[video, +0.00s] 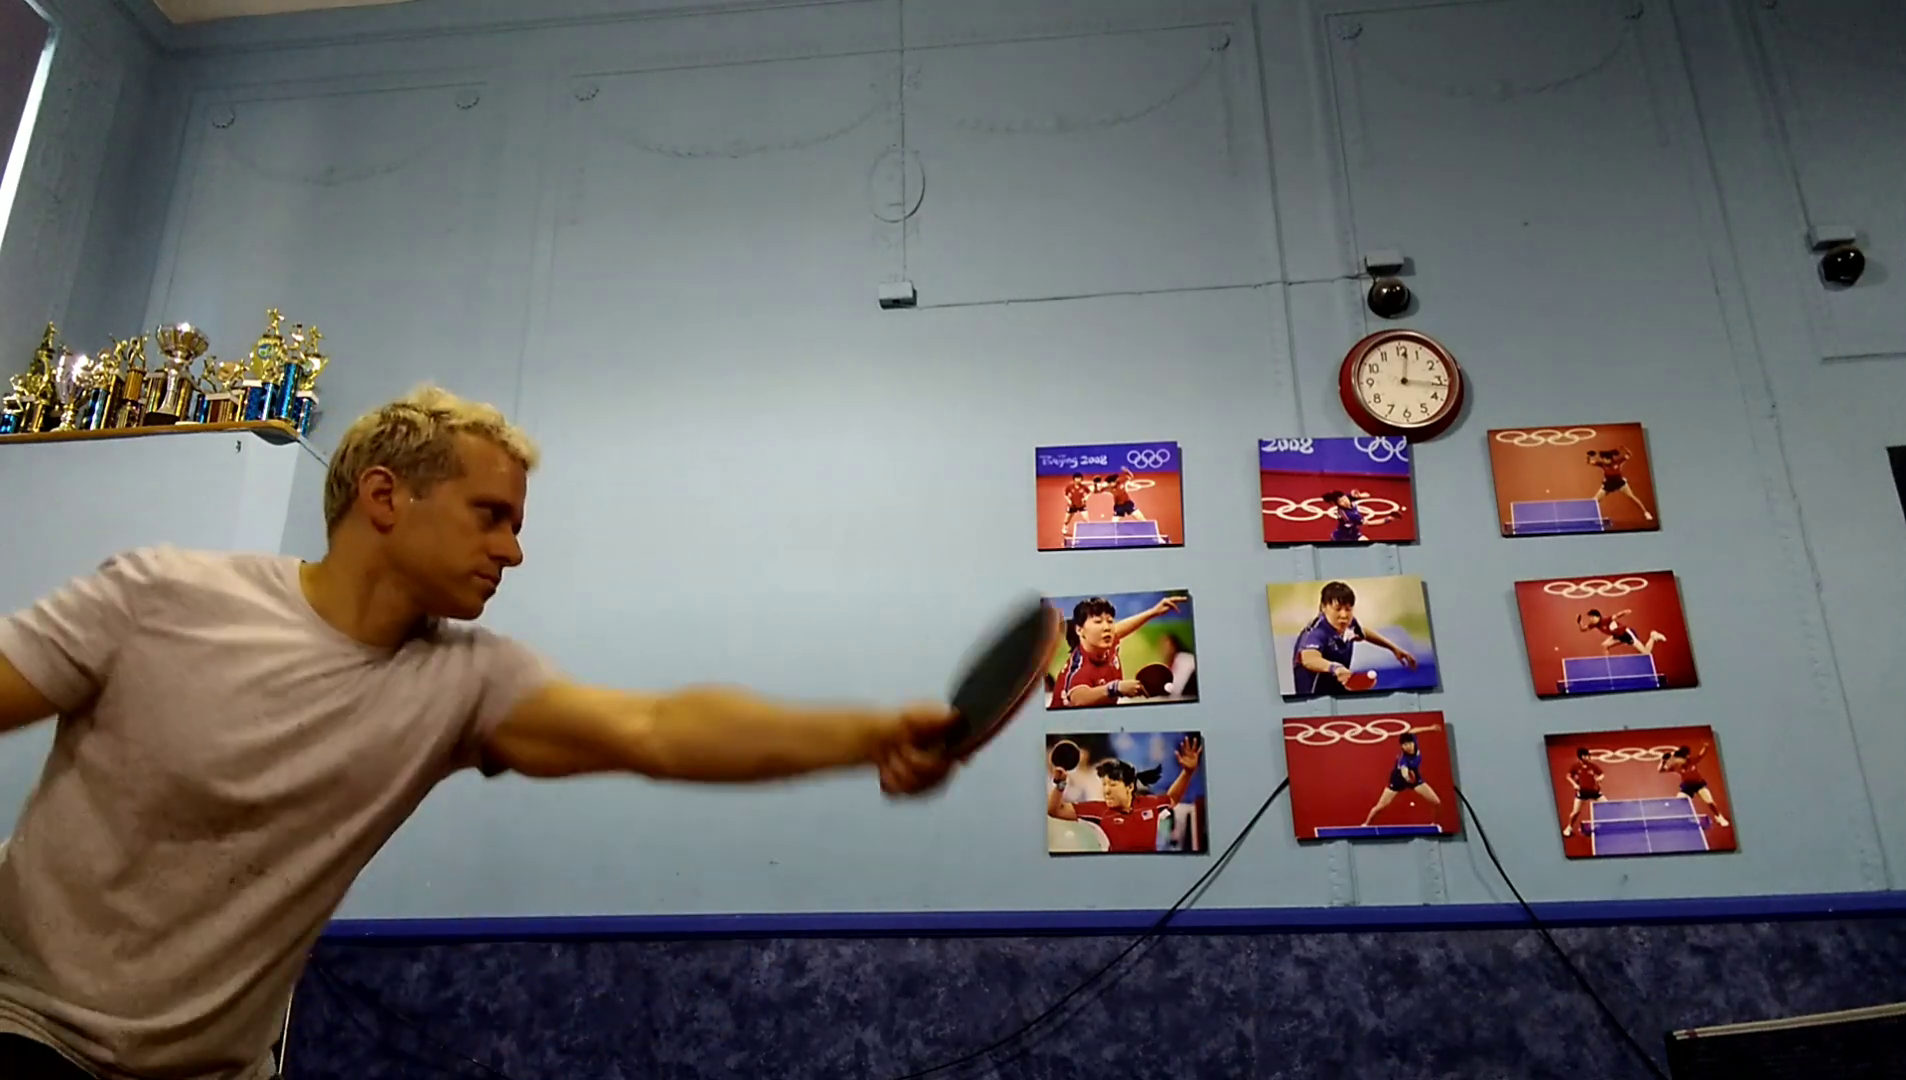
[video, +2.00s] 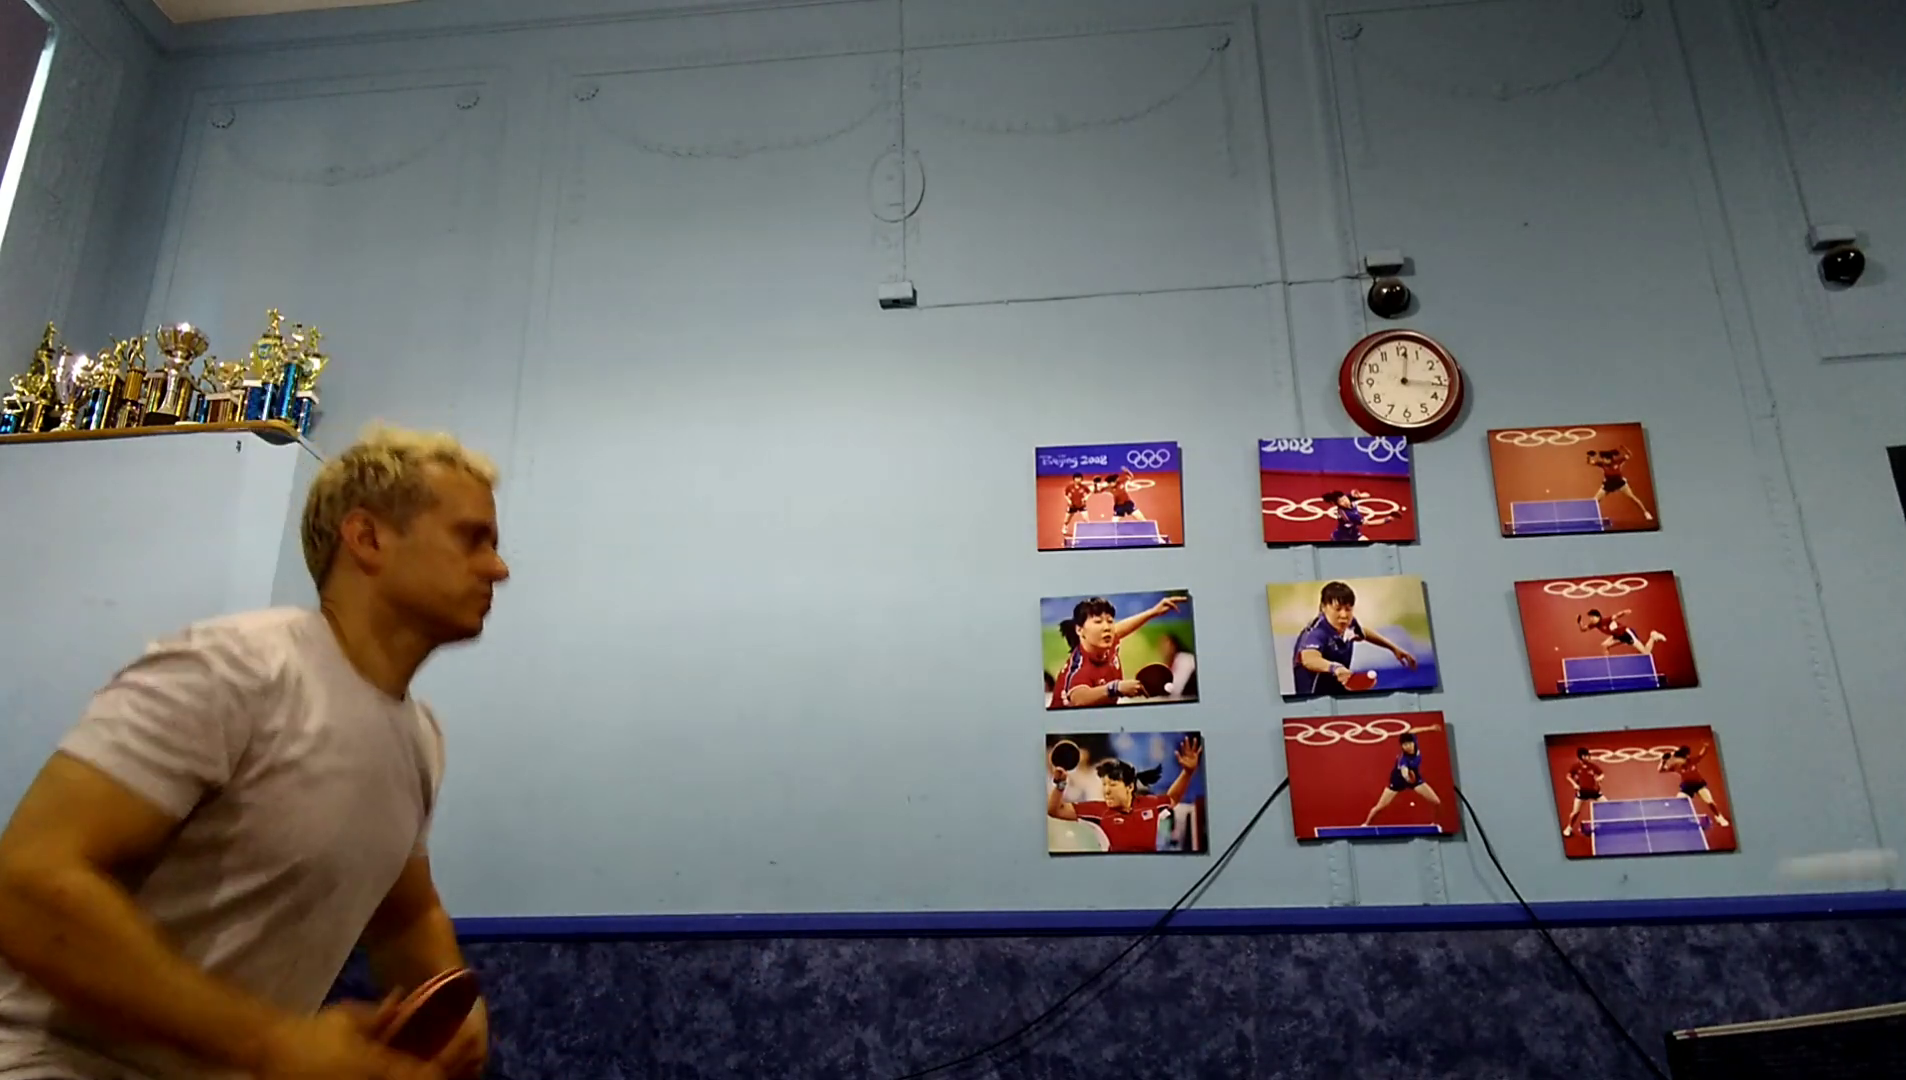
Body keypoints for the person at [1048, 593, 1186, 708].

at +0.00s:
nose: (1107, 628)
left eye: (1109, 622)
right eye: (1098, 622)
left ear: (1114, 626)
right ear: (1080, 630)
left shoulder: (1109, 644)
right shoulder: (1079, 665)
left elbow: (1119, 630)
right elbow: (1078, 699)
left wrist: (1154, 611)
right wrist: (1115, 687)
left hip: (1102, 725)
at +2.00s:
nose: (1107, 628)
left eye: (1110, 622)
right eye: (1098, 622)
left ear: (1114, 626)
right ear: (1080, 630)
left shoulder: (1109, 644)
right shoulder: (1078, 666)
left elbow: (1120, 629)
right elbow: (1078, 698)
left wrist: (1154, 611)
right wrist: (1115, 687)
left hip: (1102, 724)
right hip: (1069, 729)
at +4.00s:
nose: (1107, 628)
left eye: (1110, 622)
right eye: (1098, 622)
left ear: (1114, 626)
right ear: (1080, 630)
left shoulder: (1109, 645)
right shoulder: (1079, 666)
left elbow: (1118, 630)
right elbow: (1078, 698)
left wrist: (1153, 612)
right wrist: (1115, 687)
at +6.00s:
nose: (1107, 628)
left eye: (1110, 622)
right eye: (1098, 622)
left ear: (1114, 626)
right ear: (1080, 630)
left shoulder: (1109, 645)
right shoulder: (1079, 666)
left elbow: (1119, 630)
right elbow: (1078, 698)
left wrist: (1153, 612)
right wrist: (1115, 687)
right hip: (1069, 729)